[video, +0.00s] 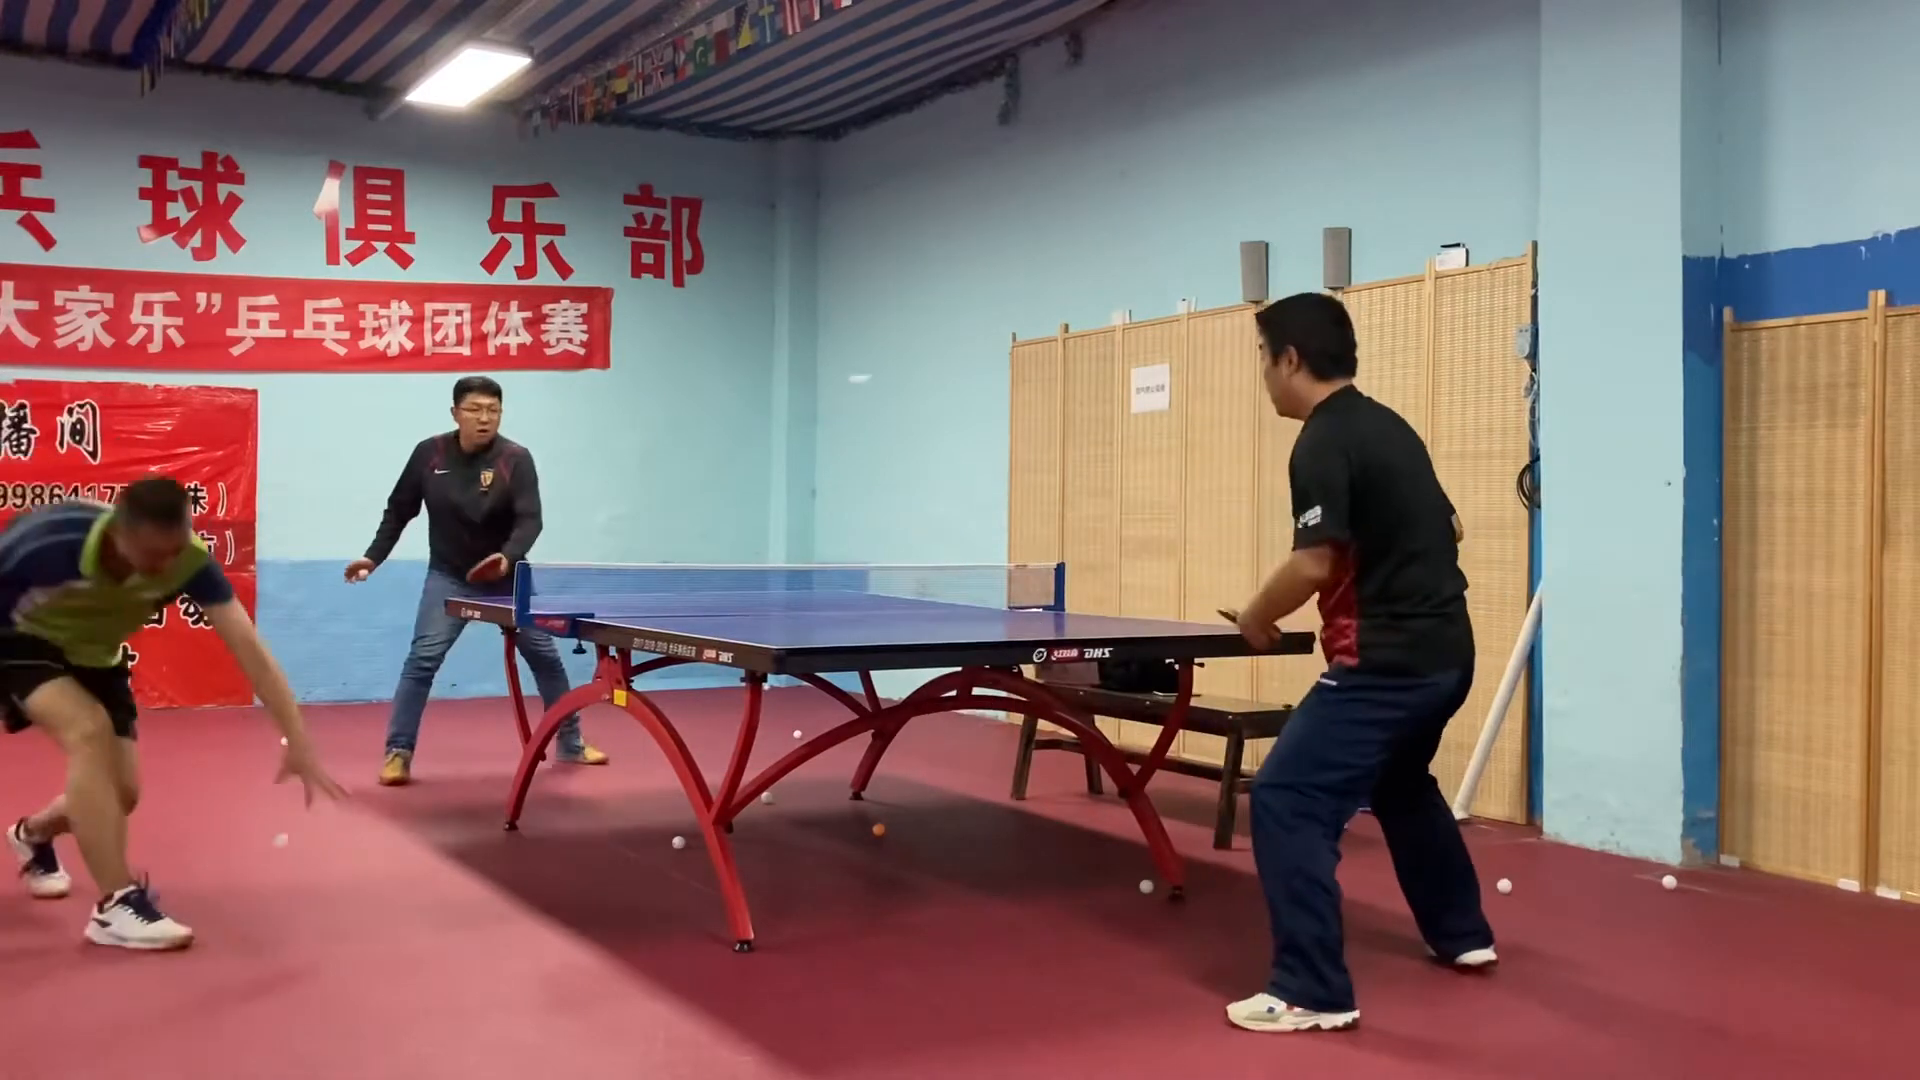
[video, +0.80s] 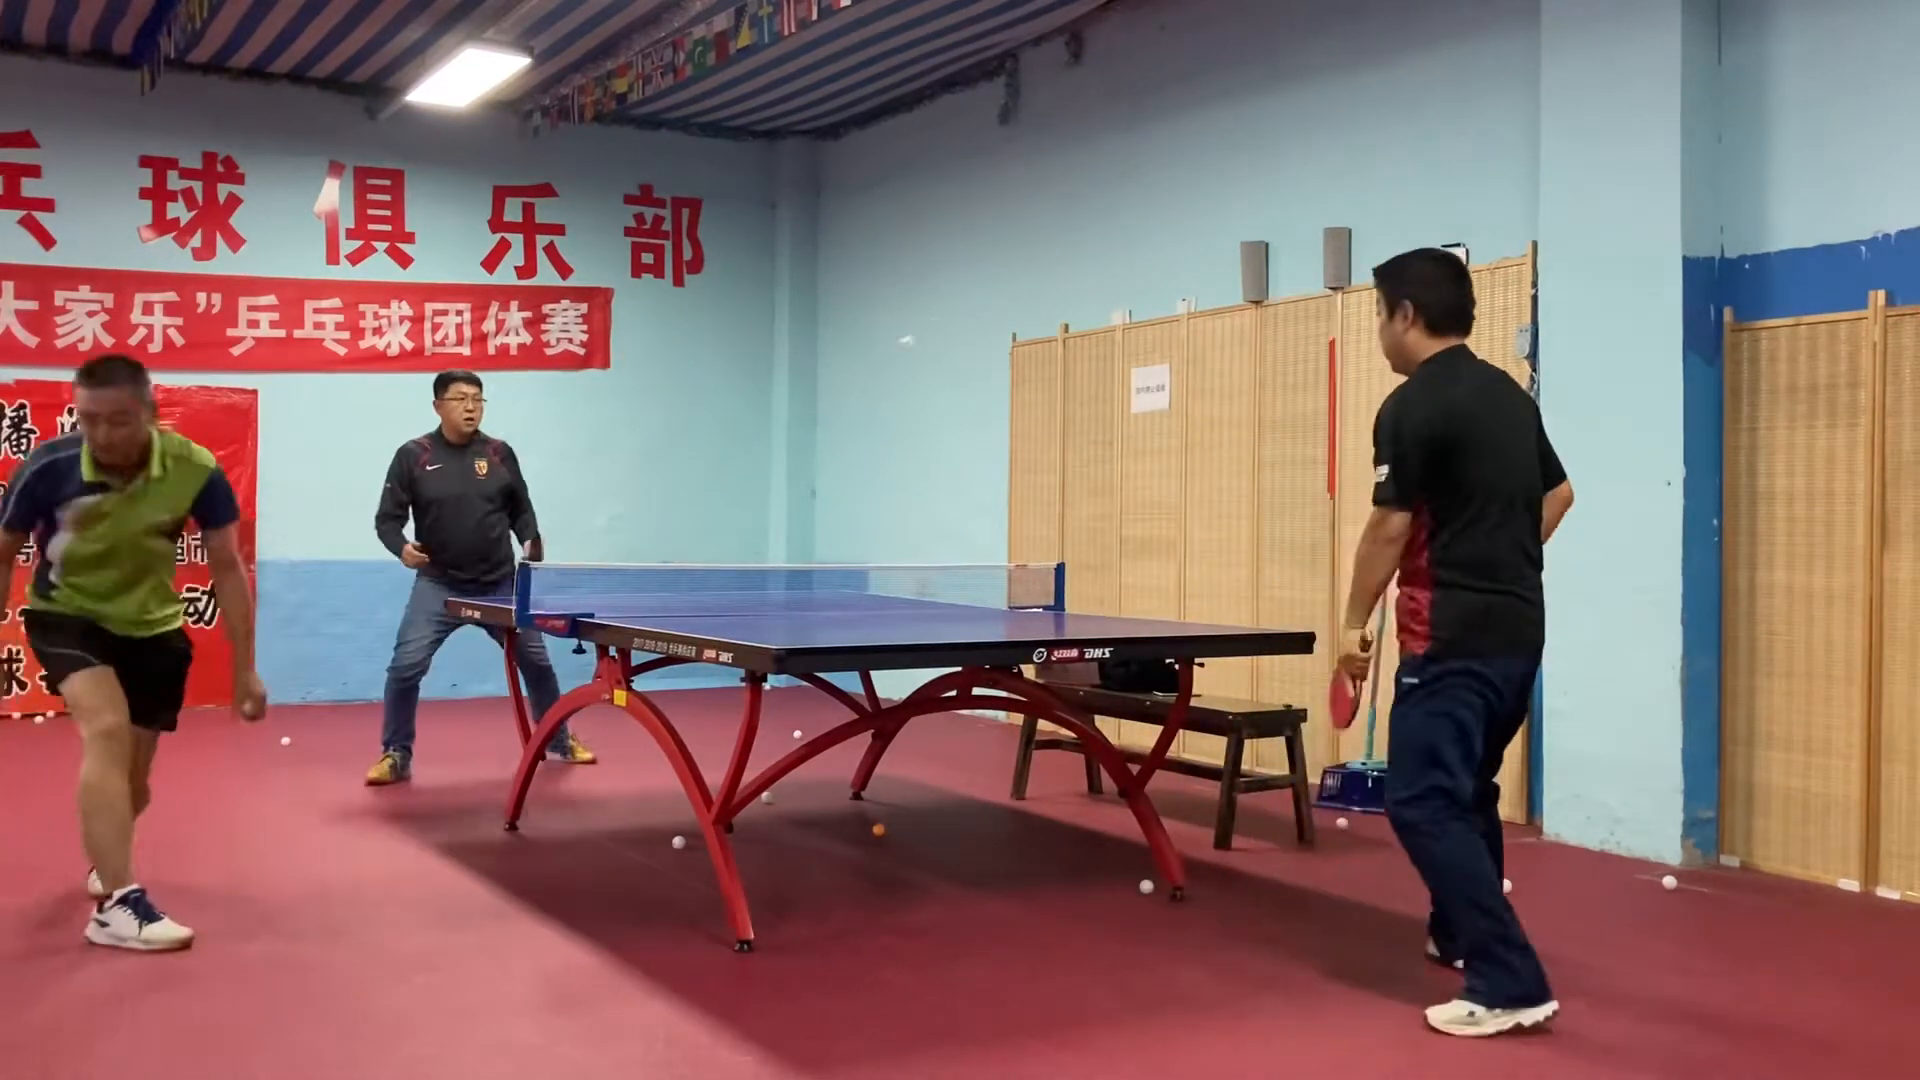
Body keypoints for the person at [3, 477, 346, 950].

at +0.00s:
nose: (162, 565)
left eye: (173, 553)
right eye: (151, 554)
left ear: (185, 533)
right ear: (119, 535)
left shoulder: (191, 560)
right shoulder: (49, 545)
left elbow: (246, 644)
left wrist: (298, 739)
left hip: (98, 656)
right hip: (23, 643)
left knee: (120, 794)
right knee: (89, 732)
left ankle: (33, 833)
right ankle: (117, 902)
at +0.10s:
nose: (202, 631)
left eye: (211, 619)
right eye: (190, 621)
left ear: (223, 600)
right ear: (157, 600)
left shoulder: (228, 625)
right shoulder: (83, 595)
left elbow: (277, 719)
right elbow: (2, 646)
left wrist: (319, 822)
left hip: (118, 679)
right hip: (39, 655)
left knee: (115, 820)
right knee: (106, 730)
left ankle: (33, 827)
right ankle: (118, 901)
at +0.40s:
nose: (213, 677)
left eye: (223, 666)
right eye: (201, 667)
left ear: (239, 644)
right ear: (176, 641)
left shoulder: (257, 642)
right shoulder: (104, 609)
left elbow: (252, 749)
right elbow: (13, 650)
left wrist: (243, 848)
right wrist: (11, 752)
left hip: (149, 654)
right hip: (68, 623)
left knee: (104, 790)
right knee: (126, 733)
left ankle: (33, 822)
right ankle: (122, 899)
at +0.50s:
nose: (208, 626)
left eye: (217, 613)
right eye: (196, 615)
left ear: (231, 591)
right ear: (167, 589)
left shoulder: (254, 603)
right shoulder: (103, 570)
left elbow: (244, 698)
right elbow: (13, 625)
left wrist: (226, 796)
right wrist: (9, 727)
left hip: (158, 650)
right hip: (77, 620)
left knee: (119, 773)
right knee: (127, 727)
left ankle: (47, 820)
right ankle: (122, 899)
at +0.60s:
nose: (189, 561)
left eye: (200, 547)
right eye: (174, 551)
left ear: (216, 522)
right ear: (146, 529)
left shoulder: (242, 551)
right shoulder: (88, 534)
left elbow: (238, 647)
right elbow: (13, 600)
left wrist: (223, 743)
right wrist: (4, 697)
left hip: (156, 640)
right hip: (77, 616)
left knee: (129, 766)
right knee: (122, 724)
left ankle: (70, 822)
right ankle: (120, 900)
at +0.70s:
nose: (152, 492)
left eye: (165, 477)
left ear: (188, 461)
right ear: (116, 465)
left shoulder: (221, 505)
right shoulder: (72, 498)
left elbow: (235, 603)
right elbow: (10, 572)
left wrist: (231, 704)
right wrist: (6, 658)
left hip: (156, 632)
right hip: (74, 616)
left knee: (137, 764)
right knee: (118, 724)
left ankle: (95, 835)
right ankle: (119, 900)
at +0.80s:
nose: (105, 437)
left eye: (121, 421)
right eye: (92, 421)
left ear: (151, 412)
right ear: (77, 413)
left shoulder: (195, 473)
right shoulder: (48, 470)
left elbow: (228, 570)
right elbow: (5, 552)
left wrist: (245, 670)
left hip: (154, 628)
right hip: (68, 619)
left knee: (135, 785)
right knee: (108, 728)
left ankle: (103, 868)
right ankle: (122, 898)